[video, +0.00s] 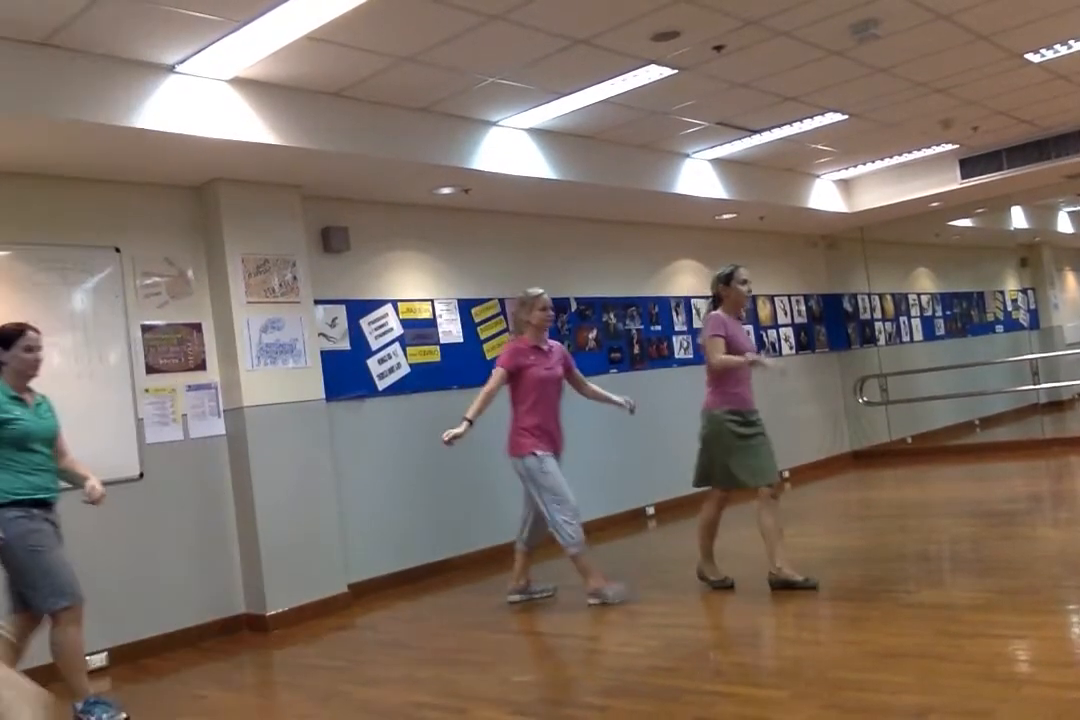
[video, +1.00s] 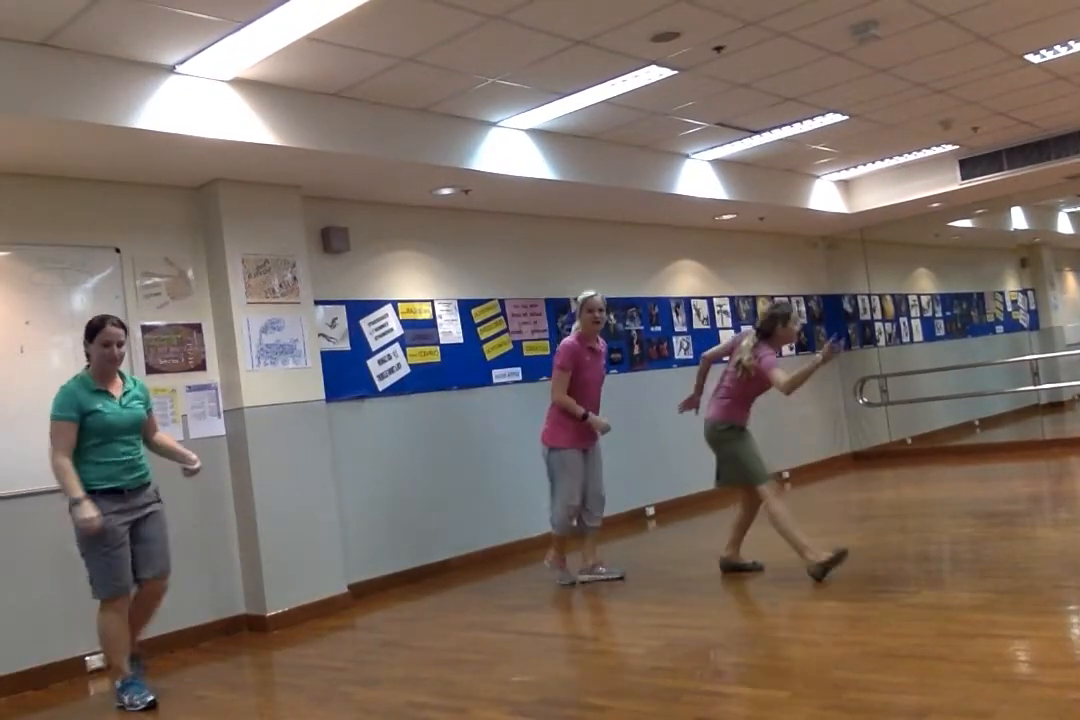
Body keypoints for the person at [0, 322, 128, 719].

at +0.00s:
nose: (37, 357)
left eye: (39, 350)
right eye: (28, 350)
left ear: (40, 355)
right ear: (5, 355)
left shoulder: (42, 403)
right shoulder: (1, 398)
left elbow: (60, 458)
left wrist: (87, 476)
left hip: (44, 511)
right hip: (13, 513)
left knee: (27, 613)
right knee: (67, 604)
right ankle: (85, 702)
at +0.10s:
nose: (57, 356)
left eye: (58, 349)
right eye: (49, 349)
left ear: (56, 353)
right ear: (23, 354)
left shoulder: (57, 399)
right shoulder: (12, 400)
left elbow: (79, 456)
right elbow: (2, 466)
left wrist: (107, 482)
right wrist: (6, 523)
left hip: (68, 509)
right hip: (37, 513)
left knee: (89, 606)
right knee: (80, 606)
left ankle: (18, 683)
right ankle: (88, 703)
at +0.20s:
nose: (78, 350)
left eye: (78, 343)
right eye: (69, 344)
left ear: (73, 348)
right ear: (43, 350)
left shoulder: (74, 391)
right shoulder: (32, 397)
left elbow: (87, 449)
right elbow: (22, 462)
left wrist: (120, 481)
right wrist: (47, 518)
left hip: (89, 505)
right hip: (56, 511)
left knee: (129, 590)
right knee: (88, 608)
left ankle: (77, 673)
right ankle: (87, 704)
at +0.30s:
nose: (92, 346)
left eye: (92, 339)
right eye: (84, 340)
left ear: (86, 344)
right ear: (57, 344)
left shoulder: (88, 388)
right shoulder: (43, 390)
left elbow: (99, 447)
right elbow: (35, 456)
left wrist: (132, 480)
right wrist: (74, 503)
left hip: (103, 497)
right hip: (63, 506)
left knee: (144, 582)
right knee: (88, 606)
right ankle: (87, 702)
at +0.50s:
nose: (125, 348)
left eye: (126, 341)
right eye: (118, 342)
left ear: (119, 345)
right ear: (91, 346)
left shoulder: (132, 392)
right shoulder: (71, 393)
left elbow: (151, 446)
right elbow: (66, 457)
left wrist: (176, 486)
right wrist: (125, 464)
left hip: (143, 502)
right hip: (96, 508)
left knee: (174, 585)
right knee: (113, 600)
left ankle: (189, 676)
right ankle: (93, 699)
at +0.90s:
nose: (120, 353)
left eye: (125, 347)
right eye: (112, 347)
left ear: (130, 349)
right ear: (91, 349)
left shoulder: (136, 389)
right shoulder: (76, 395)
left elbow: (151, 439)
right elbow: (72, 456)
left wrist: (186, 457)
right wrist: (107, 494)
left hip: (144, 495)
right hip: (98, 504)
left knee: (170, 578)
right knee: (121, 593)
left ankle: (165, 662)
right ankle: (126, 682)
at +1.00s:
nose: (115, 352)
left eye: (120, 345)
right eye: (106, 345)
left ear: (127, 348)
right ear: (89, 347)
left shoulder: (137, 388)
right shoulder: (72, 395)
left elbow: (152, 435)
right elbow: (60, 456)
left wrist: (183, 454)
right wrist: (81, 501)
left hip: (144, 497)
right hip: (100, 505)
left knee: (156, 582)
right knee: (116, 596)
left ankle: (126, 645)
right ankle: (122, 682)